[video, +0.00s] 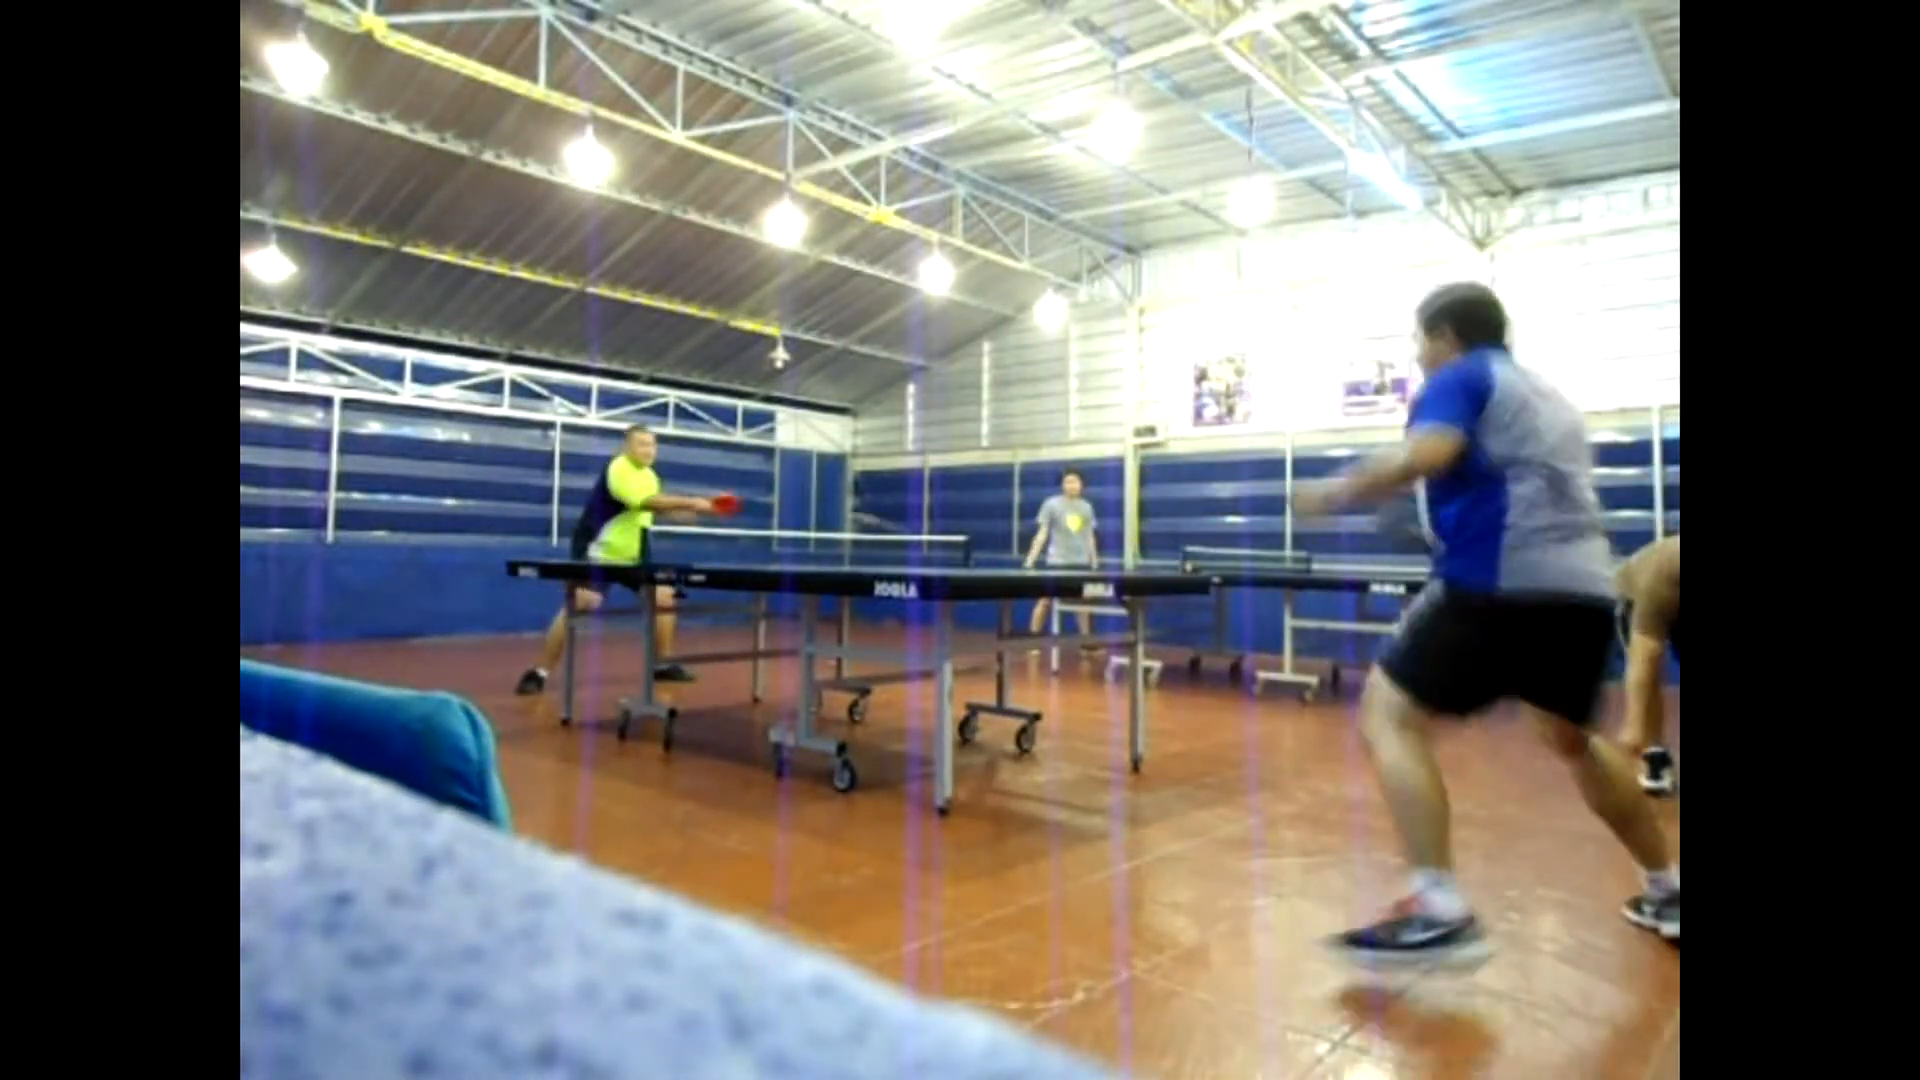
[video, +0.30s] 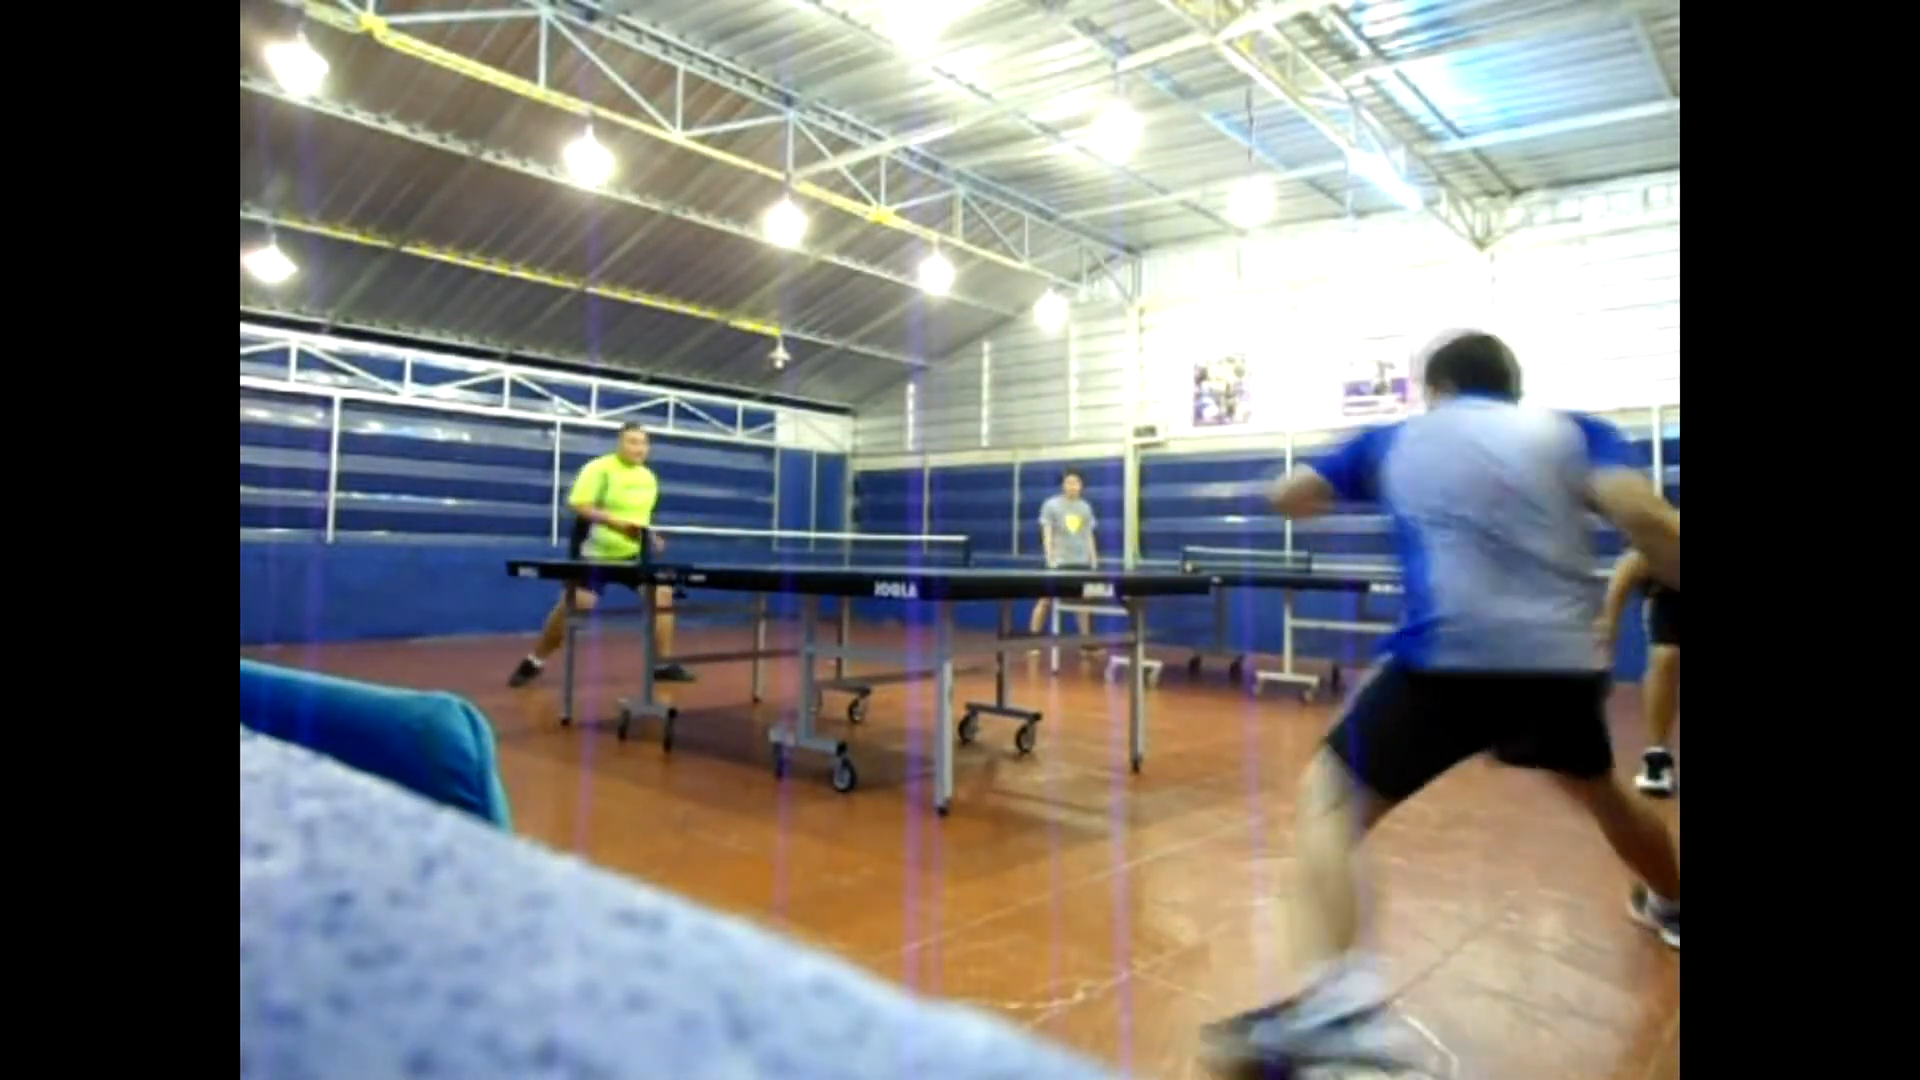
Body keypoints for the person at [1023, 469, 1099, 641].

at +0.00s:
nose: (1072, 486)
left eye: (1075, 482)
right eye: (1068, 482)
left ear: (1081, 485)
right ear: (1062, 485)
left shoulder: (1086, 507)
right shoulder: (1052, 505)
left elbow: (1090, 536)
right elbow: (1042, 533)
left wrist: (1094, 560)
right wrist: (1030, 560)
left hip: (1081, 561)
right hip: (1057, 561)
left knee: (1082, 602)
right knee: (1045, 600)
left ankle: (1086, 639)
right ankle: (1033, 638)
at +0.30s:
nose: (1073, 487)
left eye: (1076, 483)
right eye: (1069, 483)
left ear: (1081, 486)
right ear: (1063, 485)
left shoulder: (1085, 507)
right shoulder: (1051, 505)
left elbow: (1089, 536)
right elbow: (1047, 534)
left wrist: (1093, 560)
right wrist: (1049, 559)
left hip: (1082, 561)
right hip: (1059, 561)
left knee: (1083, 602)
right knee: (1046, 600)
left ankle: (1086, 638)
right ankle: (1033, 636)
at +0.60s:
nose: (1074, 487)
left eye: (1077, 483)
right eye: (1070, 483)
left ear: (1082, 487)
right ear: (1063, 485)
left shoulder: (1084, 507)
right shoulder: (1051, 504)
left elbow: (1087, 535)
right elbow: (1045, 534)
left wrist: (1093, 559)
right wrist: (1065, 549)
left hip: (1080, 561)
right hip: (1056, 560)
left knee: (1082, 601)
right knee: (1045, 599)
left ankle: (1086, 638)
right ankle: (1034, 636)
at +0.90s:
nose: (1074, 487)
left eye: (1077, 483)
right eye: (1070, 483)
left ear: (1082, 487)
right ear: (1063, 485)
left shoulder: (1084, 508)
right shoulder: (1051, 504)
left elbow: (1086, 533)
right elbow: (1043, 532)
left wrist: (1089, 554)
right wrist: (1065, 543)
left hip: (1080, 560)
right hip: (1056, 560)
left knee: (1083, 600)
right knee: (1046, 598)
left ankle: (1085, 638)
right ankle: (1034, 635)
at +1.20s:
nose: (1085, 489)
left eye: (1087, 485)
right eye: (1082, 485)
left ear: (1090, 489)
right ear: (1074, 487)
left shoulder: (1087, 508)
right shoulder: (1060, 505)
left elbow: (1088, 532)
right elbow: (1051, 525)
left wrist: (1086, 552)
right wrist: (1071, 525)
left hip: (1077, 558)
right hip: (1055, 557)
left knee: (1083, 600)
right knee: (1045, 597)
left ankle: (1087, 637)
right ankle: (1032, 633)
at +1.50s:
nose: (1077, 495)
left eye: (1079, 491)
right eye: (1073, 490)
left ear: (1082, 494)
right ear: (1064, 492)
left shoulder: (1082, 511)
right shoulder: (1049, 510)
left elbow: (1085, 530)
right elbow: (1035, 530)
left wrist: (1078, 545)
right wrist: (1050, 545)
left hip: (1071, 560)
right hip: (1047, 560)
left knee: (1077, 599)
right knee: (1038, 598)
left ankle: (1082, 638)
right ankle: (1030, 636)